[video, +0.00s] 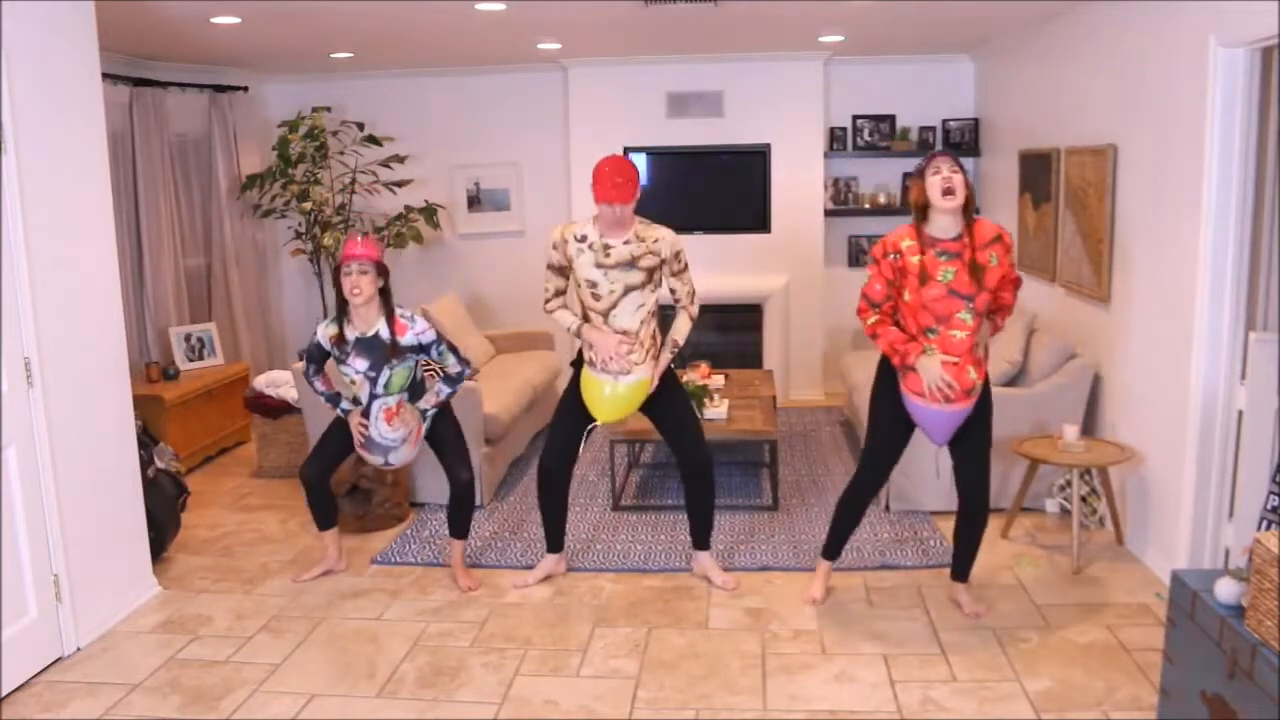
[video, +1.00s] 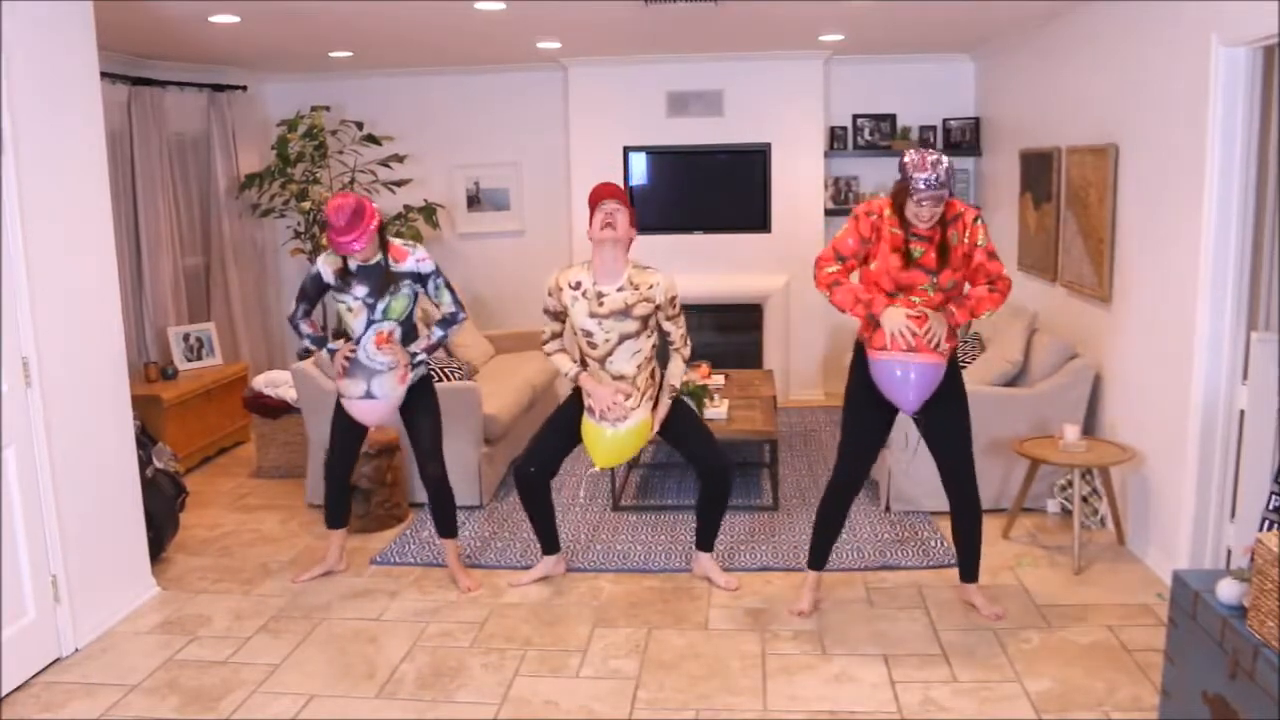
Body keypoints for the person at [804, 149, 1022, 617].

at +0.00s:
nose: (946, 177)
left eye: (954, 171)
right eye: (935, 173)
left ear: (967, 186)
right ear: (921, 190)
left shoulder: (991, 239)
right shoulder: (896, 246)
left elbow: (1008, 288)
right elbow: (871, 311)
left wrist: (987, 327)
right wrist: (915, 356)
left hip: (969, 374)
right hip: (905, 370)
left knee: (975, 489)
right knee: (872, 473)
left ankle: (960, 580)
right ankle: (825, 564)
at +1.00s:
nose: (925, 209)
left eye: (933, 201)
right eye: (917, 201)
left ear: (946, 196)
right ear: (902, 193)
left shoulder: (965, 222)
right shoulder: (873, 217)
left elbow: (996, 283)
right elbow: (828, 270)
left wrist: (951, 314)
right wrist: (879, 308)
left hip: (938, 359)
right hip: (876, 355)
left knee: (960, 475)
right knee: (849, 471)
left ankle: (970, 584)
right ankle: (812, 578)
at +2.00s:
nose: (920, 208)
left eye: (928, 200)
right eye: (912, 198)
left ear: (936, 202)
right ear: (890, 195)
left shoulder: (948, 238)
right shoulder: (856, 235)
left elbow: (973, 298)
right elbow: (812, 290)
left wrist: (938, 324)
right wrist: (868, 318)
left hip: (922, 370)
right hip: (861, 368)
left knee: (967, 487)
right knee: (832, 486)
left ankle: (971, 584)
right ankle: (801, 591)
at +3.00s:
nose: (919, 189)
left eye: (925, 183)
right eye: (908, 181)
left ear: (930, 195)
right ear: (885, 189)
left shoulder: (946, 238)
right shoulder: (854, 239)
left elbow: (973, 303)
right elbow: (814, 298)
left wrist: (938, 337)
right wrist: (870, 335)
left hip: (923, 376)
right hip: (862, 373)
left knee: (970, 489)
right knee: (832, 488)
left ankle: (971, 585)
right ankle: (801, 592)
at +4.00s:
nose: (909, 211)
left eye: (914, 205)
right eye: (897, 206)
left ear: (923, 217)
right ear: (878, 220)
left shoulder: (947, 259)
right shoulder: (853, 270)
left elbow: (964, 318)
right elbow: (815, 326)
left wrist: (933, 363)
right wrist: (866, 370)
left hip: (924, 384)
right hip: (861, 384)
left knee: (973, 492)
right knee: (833, 492)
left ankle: (971, 585)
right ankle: (801, 594)